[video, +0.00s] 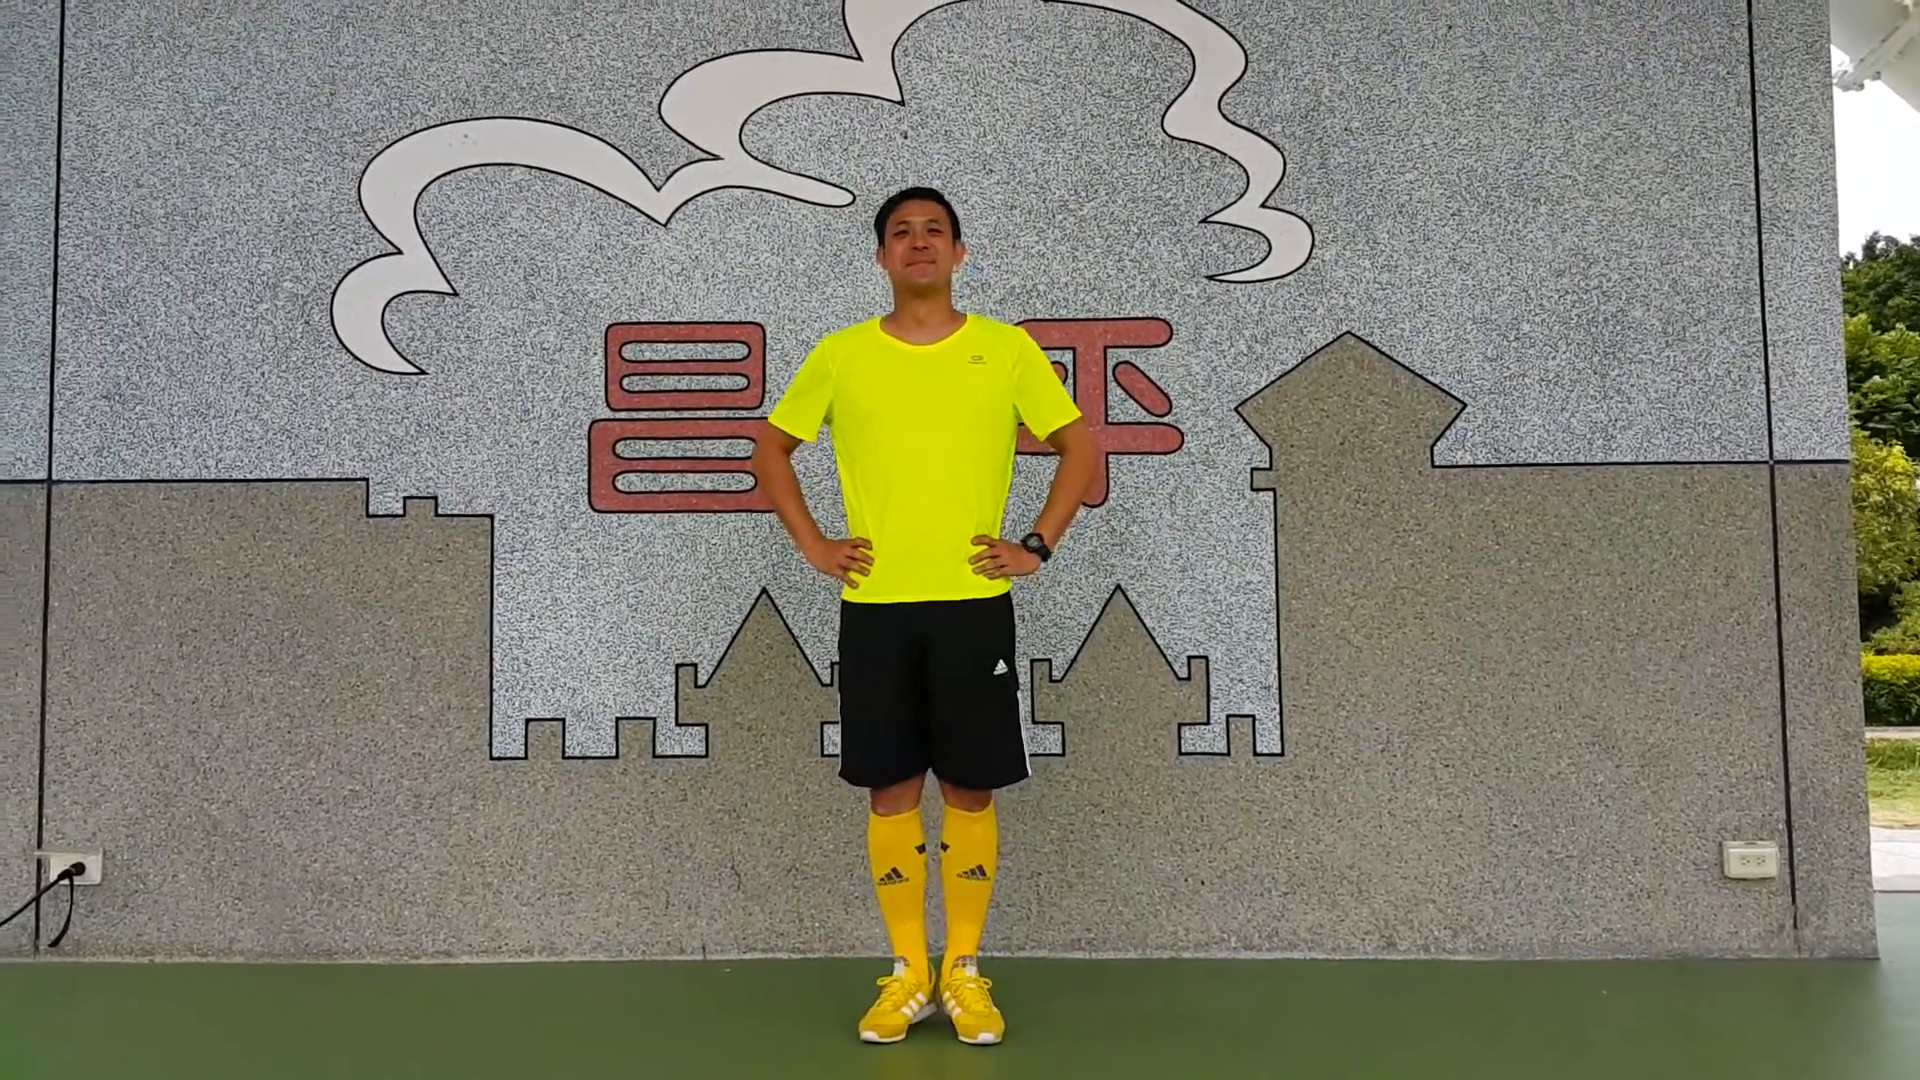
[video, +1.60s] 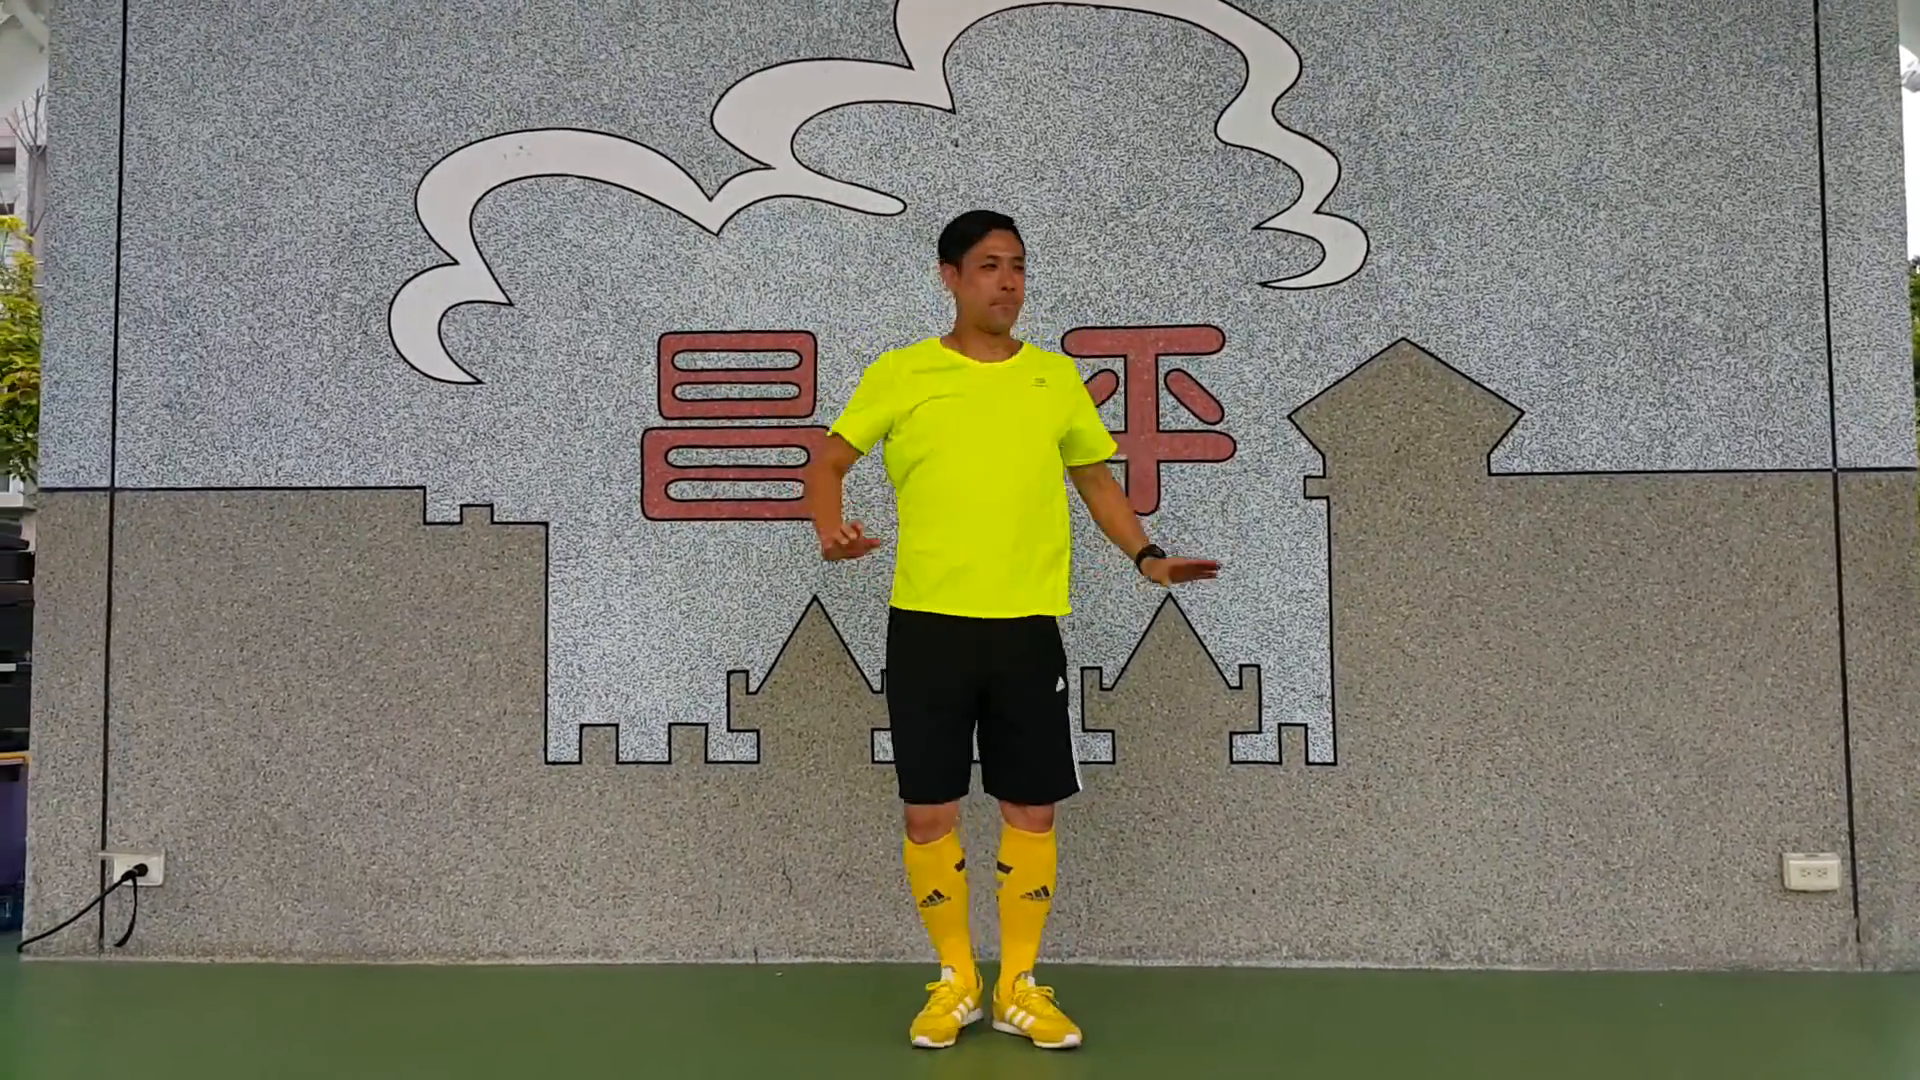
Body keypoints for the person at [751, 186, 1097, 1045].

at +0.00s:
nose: (919, 243)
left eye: (934, 232)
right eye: (902, 233)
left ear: (959, 253)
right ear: (881, 258)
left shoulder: (1007, 348)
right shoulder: (842, 354)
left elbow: (1083, 447)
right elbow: (768, 448)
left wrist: (1038, 544)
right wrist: (812, 543)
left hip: (973, 600)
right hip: (877, 602)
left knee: (968, 785)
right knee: (891, 787)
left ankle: (964, 971)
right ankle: (909, 974)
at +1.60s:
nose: (1009, 280)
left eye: (1017, 267)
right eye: (989, 266)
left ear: (1026, 282)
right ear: (949, 279)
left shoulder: (1057, 378)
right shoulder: (897, 375)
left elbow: (1097, 481)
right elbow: (826, 465)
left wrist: (1148, 556)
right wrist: (832, 524)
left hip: (1029, 624)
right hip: (927, 623)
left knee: (1032, 804)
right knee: (928, 807)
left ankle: (1018, 986)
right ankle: (955, 978)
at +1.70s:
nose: (1033, 289)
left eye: (1034, 275)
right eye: (1016, 275)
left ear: (1022, 287)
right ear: (967, 287)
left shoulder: (1049, 384)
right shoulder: (917, 379)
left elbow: (1107, 475)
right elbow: (883, 485)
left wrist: (1178, 492)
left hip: (1026, 628)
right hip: (926, 626)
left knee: (1043, 807)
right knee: (908, 808)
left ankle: (1023, 986)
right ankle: (899, 962)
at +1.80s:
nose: (1029, 292)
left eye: (1031, 279)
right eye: (1013, 277)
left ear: (1023, 287)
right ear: (970, 281)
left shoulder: (1046, 372)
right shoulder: (924, 352)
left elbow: (1134, 386)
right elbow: (939, 368)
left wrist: (1173, 318)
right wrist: (1025, 272)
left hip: (1016, 617)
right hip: (928, 611)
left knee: (1044, 803)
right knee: (894, 798)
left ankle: (1029, 986)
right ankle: (804, 941)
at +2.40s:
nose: (1026, 274)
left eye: (1035, 262)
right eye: (1007, 263)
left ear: (1048, 277)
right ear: (970, 282)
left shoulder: (1075, 363)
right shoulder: (942, 354)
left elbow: (1185, 346)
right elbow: (869, 330)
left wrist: (1159, 260)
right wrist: (920, 221)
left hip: (1041, 614)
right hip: (945, 607)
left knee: (1068, 809)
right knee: (893, 799)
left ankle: (1053, 999)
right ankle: (849, 976)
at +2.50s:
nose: (999, 271)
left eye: (1013, 257)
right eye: (983, 262)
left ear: (1043, 272)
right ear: (967, 286)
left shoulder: (1091, 363)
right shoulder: (937, 365)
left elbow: (1181, 437)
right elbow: (868, 450)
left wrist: (1170, 364)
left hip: (1045, 612)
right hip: (942, 607)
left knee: (1063, 809)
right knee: (917, 802)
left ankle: (1052, 999)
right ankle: (923, 997)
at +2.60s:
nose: (962, 291)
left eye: (979, 274)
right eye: (956, 280)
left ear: (1026, 281)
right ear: (952, 297)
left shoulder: (1081, 378)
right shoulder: (928, 396)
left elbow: (1119, 498)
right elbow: (891, 511)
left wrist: (1106, 454)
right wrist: (842, 473)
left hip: (1048, 634)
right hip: (942, 633)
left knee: (1071, 823)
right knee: (922, 817)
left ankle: (1050, 1000)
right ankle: (927, 1011)